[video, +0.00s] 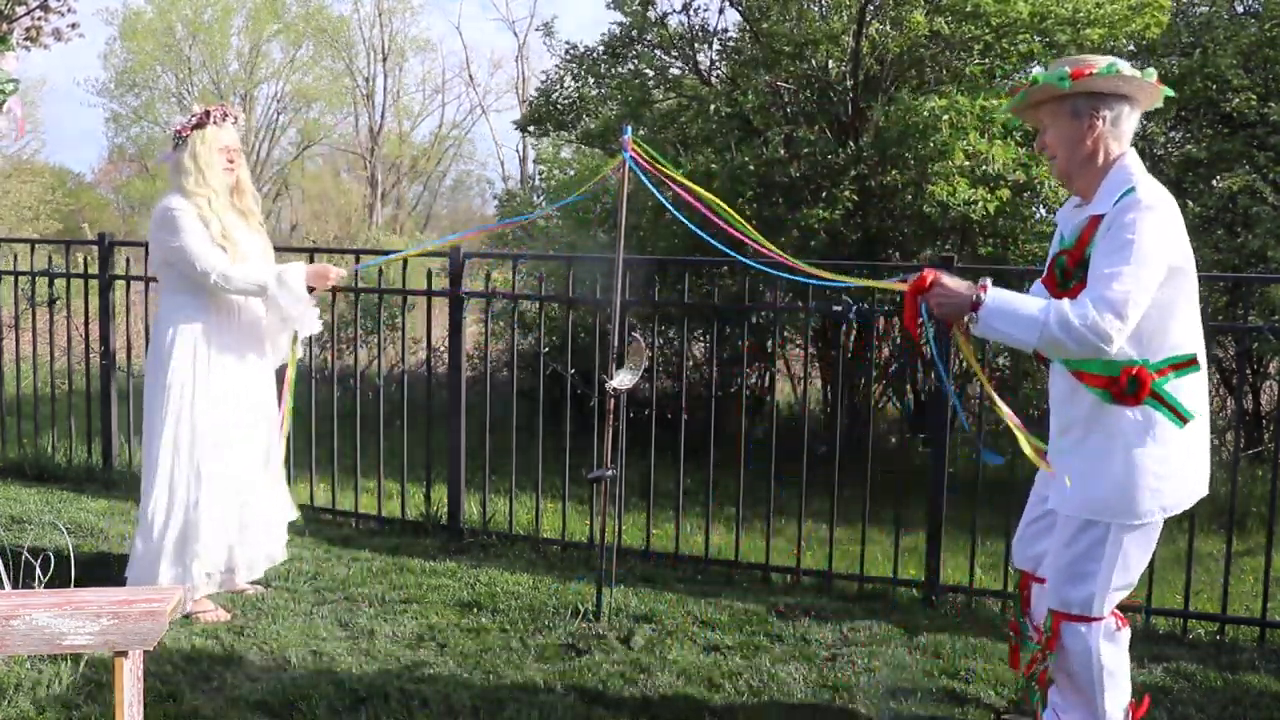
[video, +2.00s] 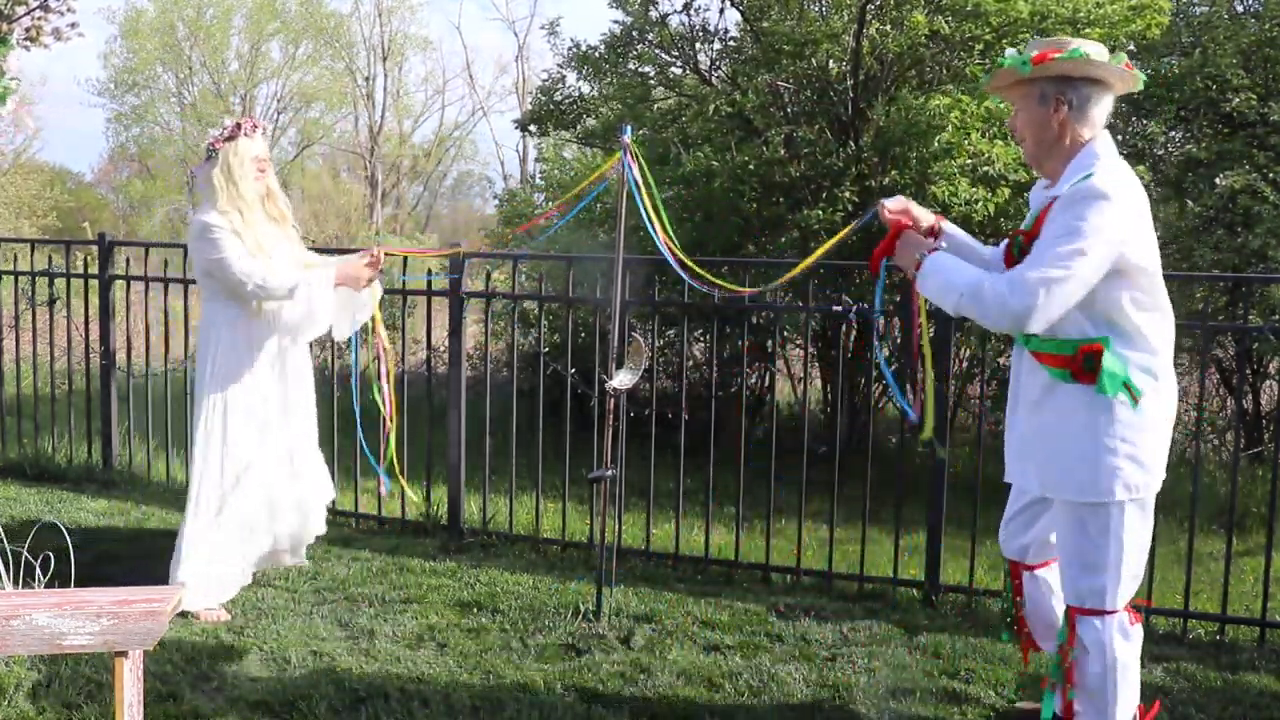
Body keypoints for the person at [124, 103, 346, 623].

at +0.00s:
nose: (233, 159)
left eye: (237, 150)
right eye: (221, 150)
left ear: (241, 158)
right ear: (191, 156)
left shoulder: (238, 214)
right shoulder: (175, 211)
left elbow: (255, 282)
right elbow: (218, 274)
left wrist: (303, 287)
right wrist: (298, 276)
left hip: (239, 353)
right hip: (193, 354)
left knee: (238, 459)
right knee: (196, 464)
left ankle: (230, 571)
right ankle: (188, 586)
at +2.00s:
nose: (265, 168)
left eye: (267, 160)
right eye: (254, 162)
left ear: (272, 166)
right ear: (226, 170)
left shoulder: (270, 225)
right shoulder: (211, 226)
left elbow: (310, 277)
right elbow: (255, 282)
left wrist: (359, 276)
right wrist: (334, 273)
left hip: (278, 363)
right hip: (234, 366)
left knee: (278, 456)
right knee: (229, 468)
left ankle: (270, 547)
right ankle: (199, 589)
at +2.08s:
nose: (267, 164)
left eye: (270, 155)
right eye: (257, 156)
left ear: (274, 160)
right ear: (228, 164)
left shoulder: (275, 214)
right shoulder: (215, 221)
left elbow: (311, 260)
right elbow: (264, 274)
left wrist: (360, 259)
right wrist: (343, 263)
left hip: (282, 344)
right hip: (236, 348)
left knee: (282, 443)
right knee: (232, 457)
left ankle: (271, 540)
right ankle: (203, 584)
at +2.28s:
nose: (266, 169)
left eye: (269, 160)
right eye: (255, 163)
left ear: (275, 165)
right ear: (228, 170)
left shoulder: (277, 218)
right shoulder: (216, 223)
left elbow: (310, 266)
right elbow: (260, 280)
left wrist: (355, 279)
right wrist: (334, 279)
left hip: (286, 347)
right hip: (240, 350)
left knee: (285, 443)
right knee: (233, 460)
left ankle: (268, 540)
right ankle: (205, 584)